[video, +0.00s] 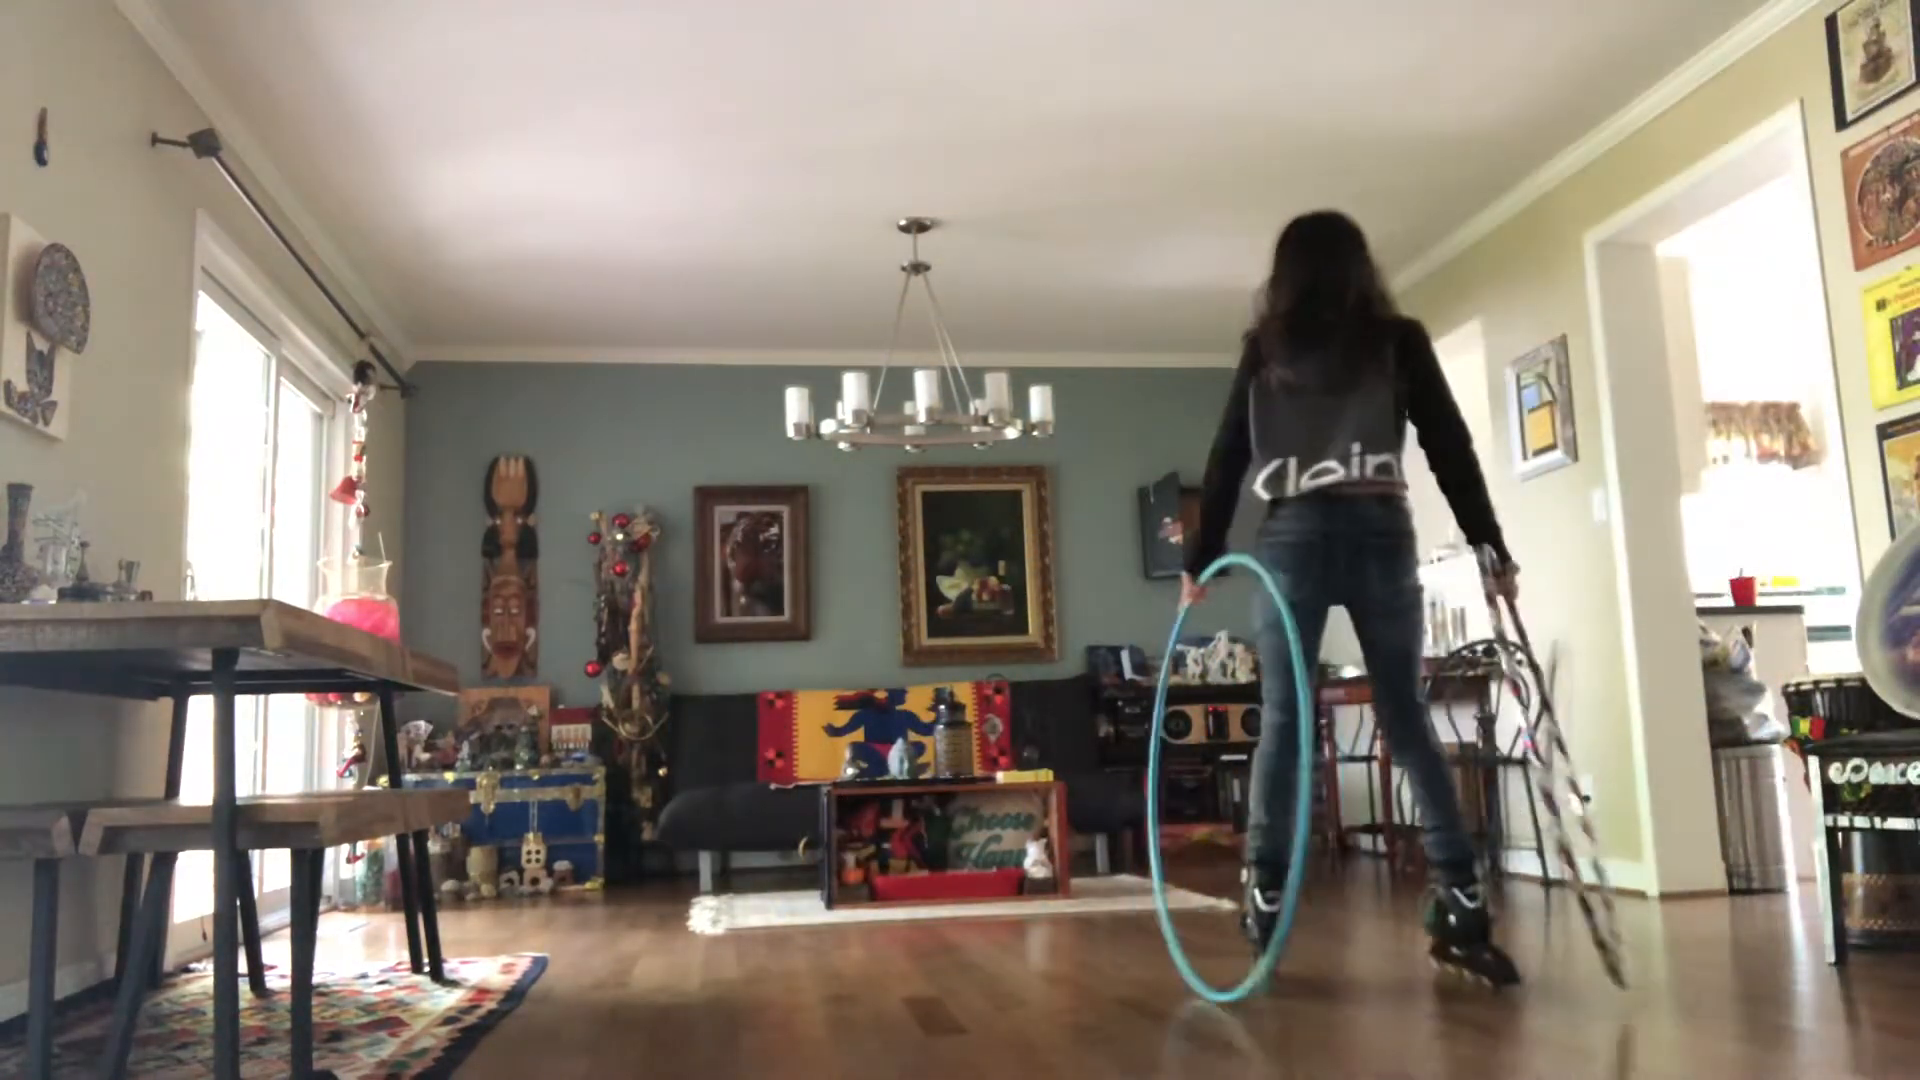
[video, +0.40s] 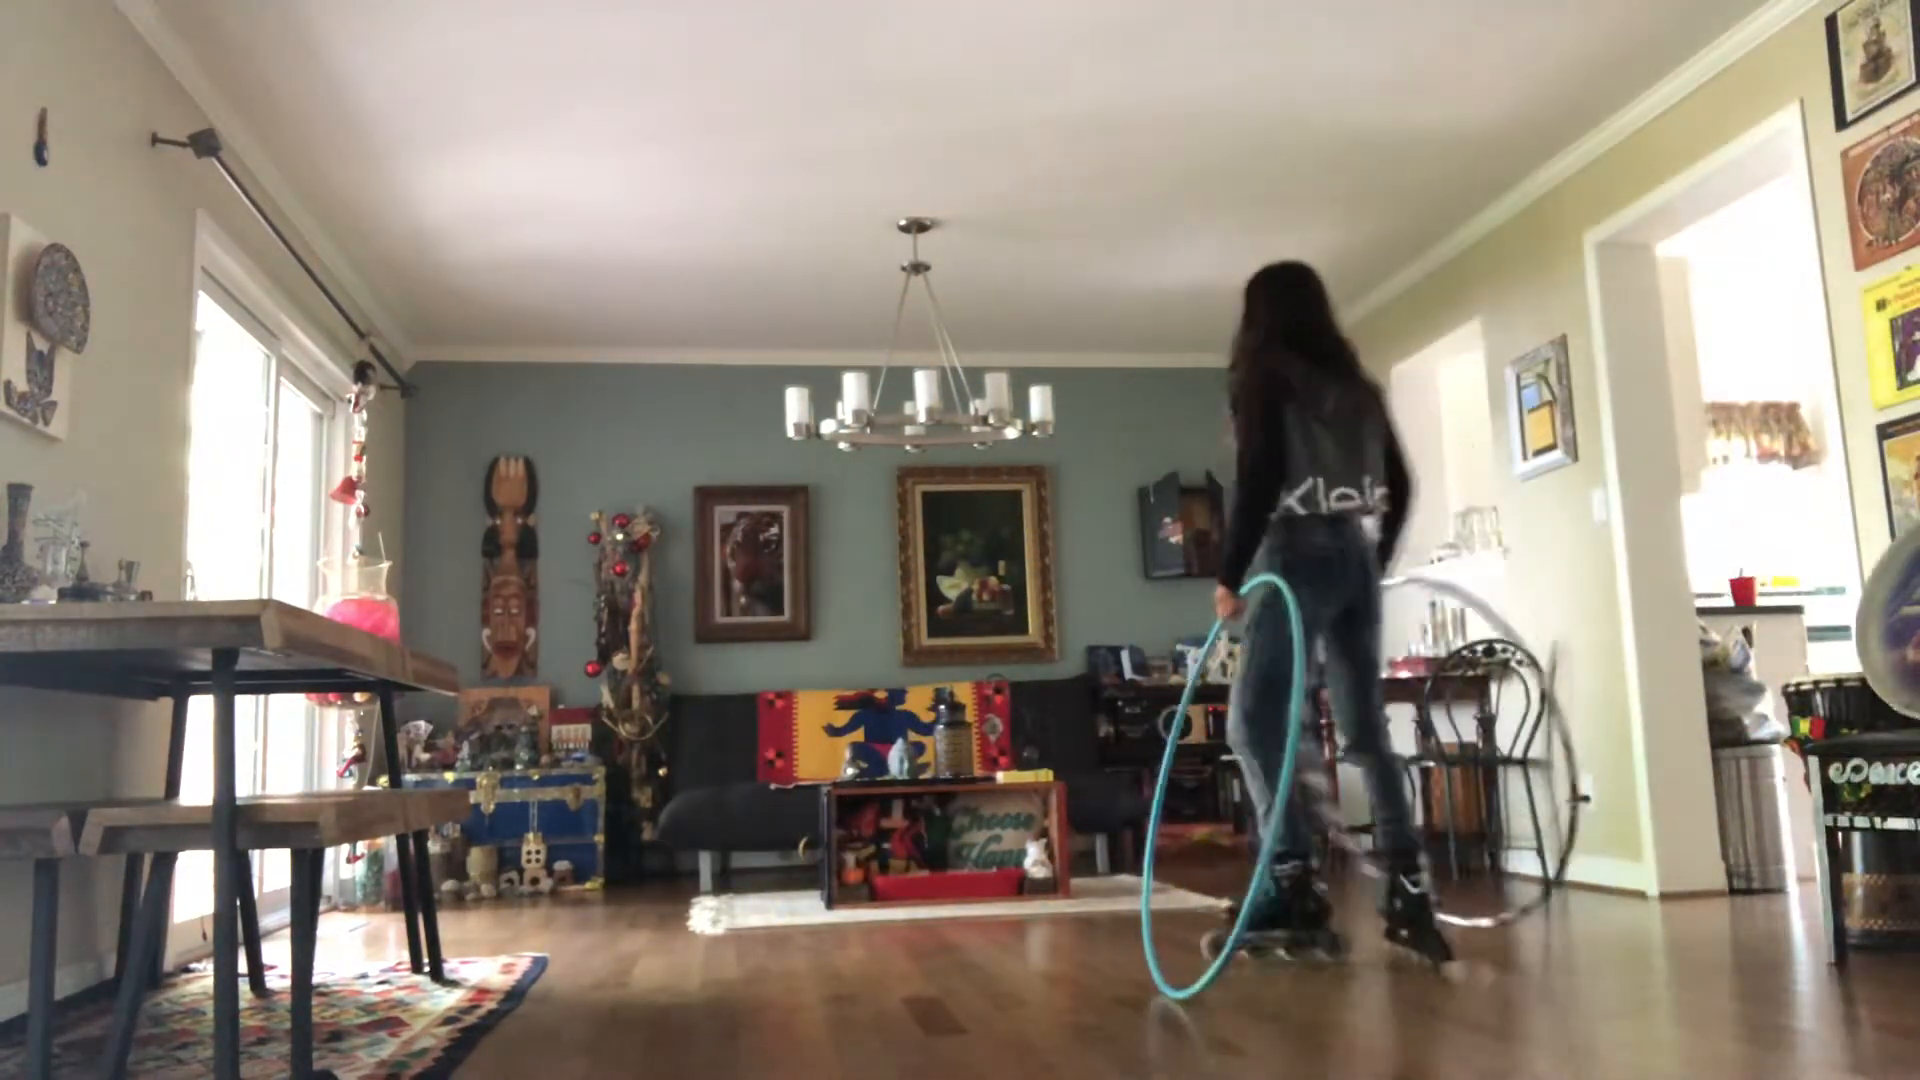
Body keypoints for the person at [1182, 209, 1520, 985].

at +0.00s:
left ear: (1284, 273)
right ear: (1364, 267)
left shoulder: (1264, 346)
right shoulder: (1400, 337)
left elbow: (1229, 456)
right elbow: (1447, 445)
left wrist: (1200, 557)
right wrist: (1490, 544)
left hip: (1289, 531)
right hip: (1383, 529)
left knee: (1283, 717)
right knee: (1405, 719)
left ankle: (1266, 894)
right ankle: (1460, 893)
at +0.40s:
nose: (1243, 324)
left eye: (1247, 312)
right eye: (1251, 310)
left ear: (1258, 314)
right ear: (1320, 311)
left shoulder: (1262, 374)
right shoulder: (1356, 380)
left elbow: (1260, 473)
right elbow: (1399, 481)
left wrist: (1229, 573)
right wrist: (1376, 557)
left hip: (1292, 548)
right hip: (1354, 548)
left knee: (1255, 723)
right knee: (1366, 735)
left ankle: (1292, 886)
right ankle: (1409, 894)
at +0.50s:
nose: (1231, 334)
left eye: (1236, 321)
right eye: (1234, 321)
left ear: (1250, 322)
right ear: (1299, 319)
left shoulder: (1266, 378)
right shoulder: (1326, 379)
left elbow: (1274, 478)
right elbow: (1357, 491)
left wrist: (1238, 572)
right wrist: (1328, 551)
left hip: (1290, 561)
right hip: (1332, 561)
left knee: (1237, 729)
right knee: (1336, 735)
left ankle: (1268, 887)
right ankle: (1384, 887)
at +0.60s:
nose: (1206, 334)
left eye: (1214, 323)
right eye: (1209, 323)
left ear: (1238, 330)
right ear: (1264, 327)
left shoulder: (1269, 391)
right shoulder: (1253, 392)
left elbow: (1297, 487)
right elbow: (1268, 492)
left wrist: (1255, 575)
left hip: (1284, 577)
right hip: (1289, 577)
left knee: (1218, 733)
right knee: (1304, 742)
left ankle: (1250, 878)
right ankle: (1347, 878)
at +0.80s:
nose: (1168, 356)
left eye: (1177, 344)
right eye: (1169, 343)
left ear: (1209, 346)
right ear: (1192, 346)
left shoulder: (1252, 402)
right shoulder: (1192, 415)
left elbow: (1296, 494)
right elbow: (1184, 512)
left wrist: (1299, 580)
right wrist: (1157, 580)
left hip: (1240, 569)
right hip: (1204, 573)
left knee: (1187, 726)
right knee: (1217, 734)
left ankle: (1224, 867)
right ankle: (1241, 880)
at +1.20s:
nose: (1103, 353)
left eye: (1113, 341)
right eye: (1097, 343)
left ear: (1145, 340)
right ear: (1096, 349)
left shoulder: (1187, 403)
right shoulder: (1096, 417)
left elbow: (1232, 490)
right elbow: (1072, 507)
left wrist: (1240, 578)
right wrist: (1033, 570)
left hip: (1175, 568)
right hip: (1110, 572)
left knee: (1152, 726)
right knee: (1106, 734)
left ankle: (1198, 880)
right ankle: (1117, 883)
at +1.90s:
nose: (1116, 297)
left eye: (1127, 282)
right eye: (1106, 291)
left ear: (1163, 287)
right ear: (1101, 308)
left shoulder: (1209, 372)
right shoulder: (1097, 372)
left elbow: (1257, 461)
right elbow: (1054, 438)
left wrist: (1329, 531)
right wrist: (1007, 490)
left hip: (1205, 556)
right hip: (1126, 558)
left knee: (1214, 738)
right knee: (1106, 734)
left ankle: (1211, 903)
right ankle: (1067, 902)